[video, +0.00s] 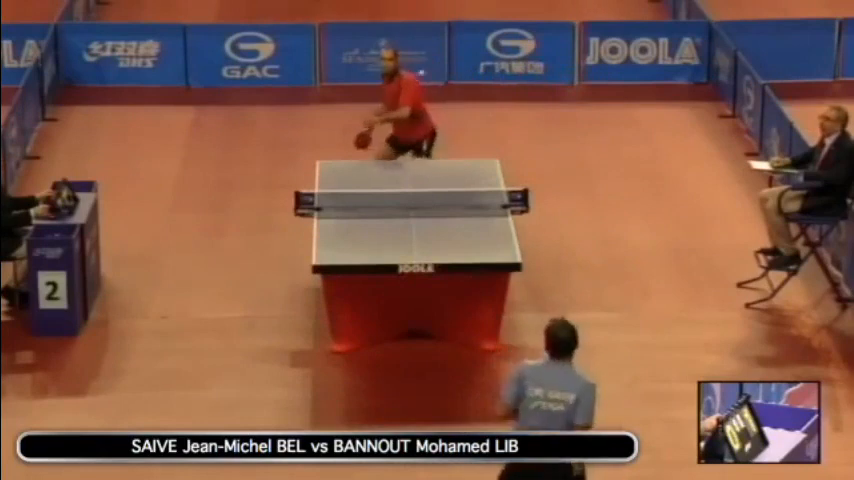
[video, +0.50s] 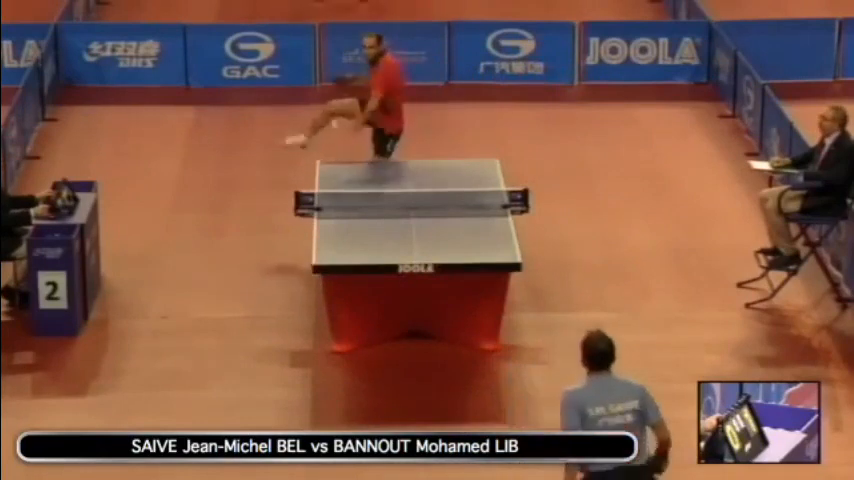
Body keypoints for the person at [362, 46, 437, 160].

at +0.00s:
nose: (386, 64)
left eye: (390, 60)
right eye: (383, 60)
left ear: (397, 61)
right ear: (381, 61)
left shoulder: (408, 80)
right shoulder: (388, 81)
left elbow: (405, 112)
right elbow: (387, 108)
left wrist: (377, 120)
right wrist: (371, 126)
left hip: (422, 135)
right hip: (403, 134)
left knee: (420, 171)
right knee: (380, 161)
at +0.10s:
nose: (380, 60)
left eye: (383, 56)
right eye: (378, 56)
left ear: (391, 57)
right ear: (375, 58)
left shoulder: (401, 76)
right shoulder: (380, 78)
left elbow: (409, 104)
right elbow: (381, 103)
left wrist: (382, 116)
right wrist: (367, 112)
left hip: (416, 128)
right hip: (397, 129)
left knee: (406, 166)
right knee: (383, 164)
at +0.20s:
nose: (376, 54)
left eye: (380, 50)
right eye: (374, 50)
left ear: (388, 51)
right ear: (371, 51)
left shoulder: (399, 69)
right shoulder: (378, 70)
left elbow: (406, 98)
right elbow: (374, 95)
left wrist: (383, 112)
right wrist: (358, 112)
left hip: (406, 122)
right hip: (388, 122)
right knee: (373, 161)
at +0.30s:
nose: (376, 57)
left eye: (380, 53)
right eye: (373, 53)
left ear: (389, 53)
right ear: (371, 53)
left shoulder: (398, 71)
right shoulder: (381, 70)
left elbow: (392, 104)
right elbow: (377, 93)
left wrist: (370, 109)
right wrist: (363, 101)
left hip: (397, 126)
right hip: (380, 122)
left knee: (372, 155)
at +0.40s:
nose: (372, 58)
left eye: (377, 53)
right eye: (370, 53)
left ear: (386, 53)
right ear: (367, 54)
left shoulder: (393, 72)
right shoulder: (382, 70)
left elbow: (374, 101)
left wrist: (344, 106)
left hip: (389, 130)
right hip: (375, 119)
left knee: (375, 170)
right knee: (334, 117)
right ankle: (332, 154)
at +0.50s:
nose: (367, 52)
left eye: (371, 47)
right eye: (365, 47)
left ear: (381, 47)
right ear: (364, 47)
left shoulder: (385, 67)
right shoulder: (384, 62)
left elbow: (376, 99)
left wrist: (361, 120)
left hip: (388, 123)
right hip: (376, 110)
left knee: (378, 168)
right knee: (332, 107)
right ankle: (306, 137)